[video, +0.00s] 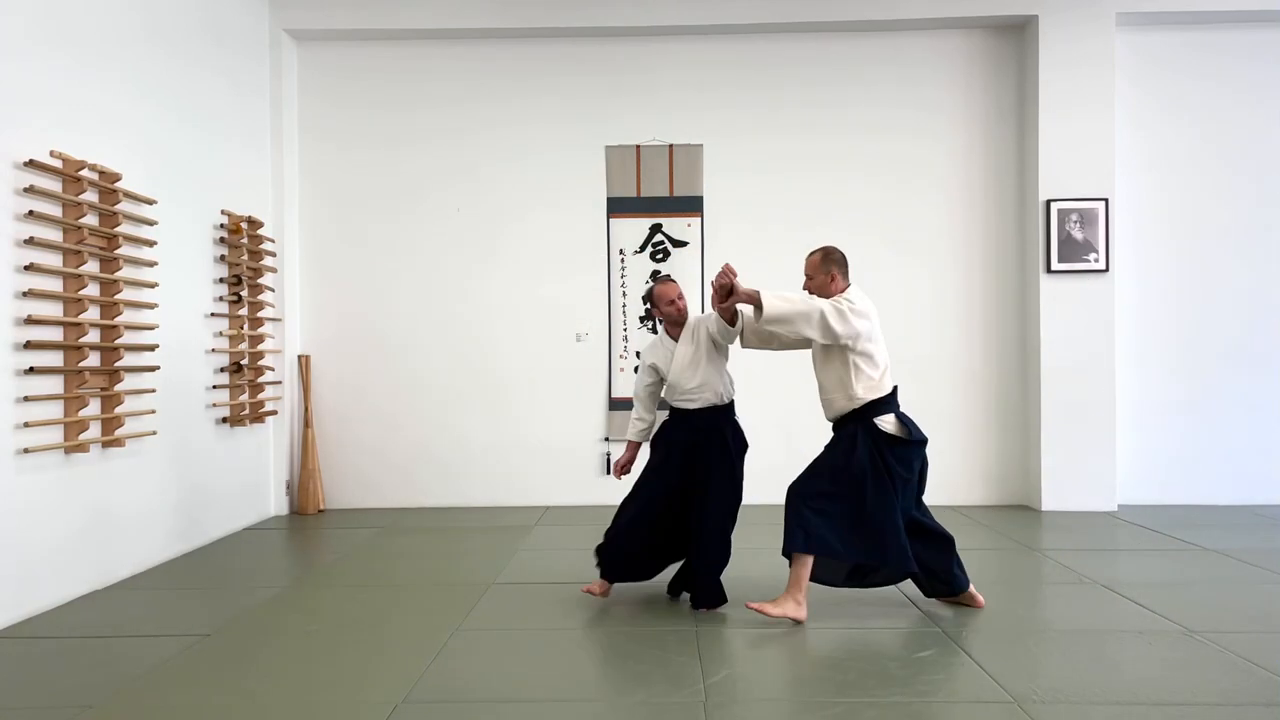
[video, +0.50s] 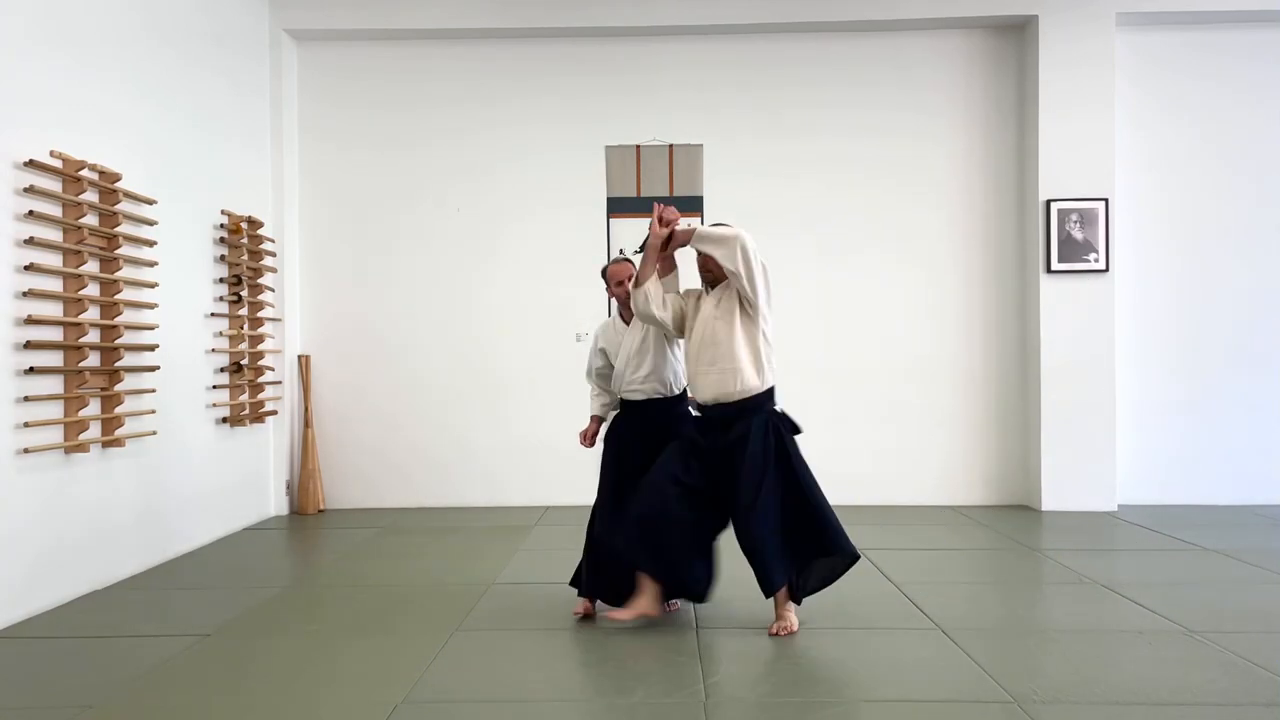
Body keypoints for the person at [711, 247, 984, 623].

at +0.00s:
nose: (805, 286)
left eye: (810, 279)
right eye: (805, 279)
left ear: (833, 278)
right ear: (836, 279)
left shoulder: (847, 310)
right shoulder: (839, 312)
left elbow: (800, 313)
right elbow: (781, 331)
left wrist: (743, 293)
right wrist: (729, 312)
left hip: (868, 431)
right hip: (875, 429)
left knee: (805, 495)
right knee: (906, 512)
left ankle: (795, 598)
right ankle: (959, 589)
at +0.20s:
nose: (765, 282)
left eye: (771, 276)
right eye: (764, 275)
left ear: (797, 277)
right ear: (787, 276)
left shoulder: (812, 310)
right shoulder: (775, 322)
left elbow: (764, 297)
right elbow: (747, 349)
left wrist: (717, 275)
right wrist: (721, 352)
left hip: (835, 429)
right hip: (813, 433)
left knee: (789, 504)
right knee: (874, 505)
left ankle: (790, 604)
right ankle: (946, 568)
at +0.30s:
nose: (740, 271)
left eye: (746, 265)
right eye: (738, 265)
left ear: (771, 266)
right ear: (757, 268)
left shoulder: (792, 297)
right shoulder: (741, 318)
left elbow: (749, 281)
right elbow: (706, 352)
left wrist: (700, 268)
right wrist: (676, 327)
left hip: (812, 424)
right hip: (781, 430)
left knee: (773, 507)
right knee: (823, 511)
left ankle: (787, 606)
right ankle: (893, 556)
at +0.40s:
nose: (721, 255)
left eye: (729, 249)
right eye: (719, 250)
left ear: (753, 254)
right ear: (718, 259)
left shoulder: (772, 291)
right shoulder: (717, 309)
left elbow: (741, 263)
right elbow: (673, 326)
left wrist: (688, 255)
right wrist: (661, 274)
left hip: (785, 419)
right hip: (749, 425)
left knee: (770, 510)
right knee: (735, 516)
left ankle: (786, 605)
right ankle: (784, 583)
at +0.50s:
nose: (704, 260)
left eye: (712, 252)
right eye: (700, 254)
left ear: (730, 256)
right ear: (697, 261)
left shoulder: (747, 297)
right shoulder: (690, 304)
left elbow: (739, 241)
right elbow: (644, 301)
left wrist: (684, 235)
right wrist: (652, 248)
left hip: (751, 419)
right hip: (704, 421)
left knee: (759, 515)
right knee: (656, 498)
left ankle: (784, 604)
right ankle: (648, 596)